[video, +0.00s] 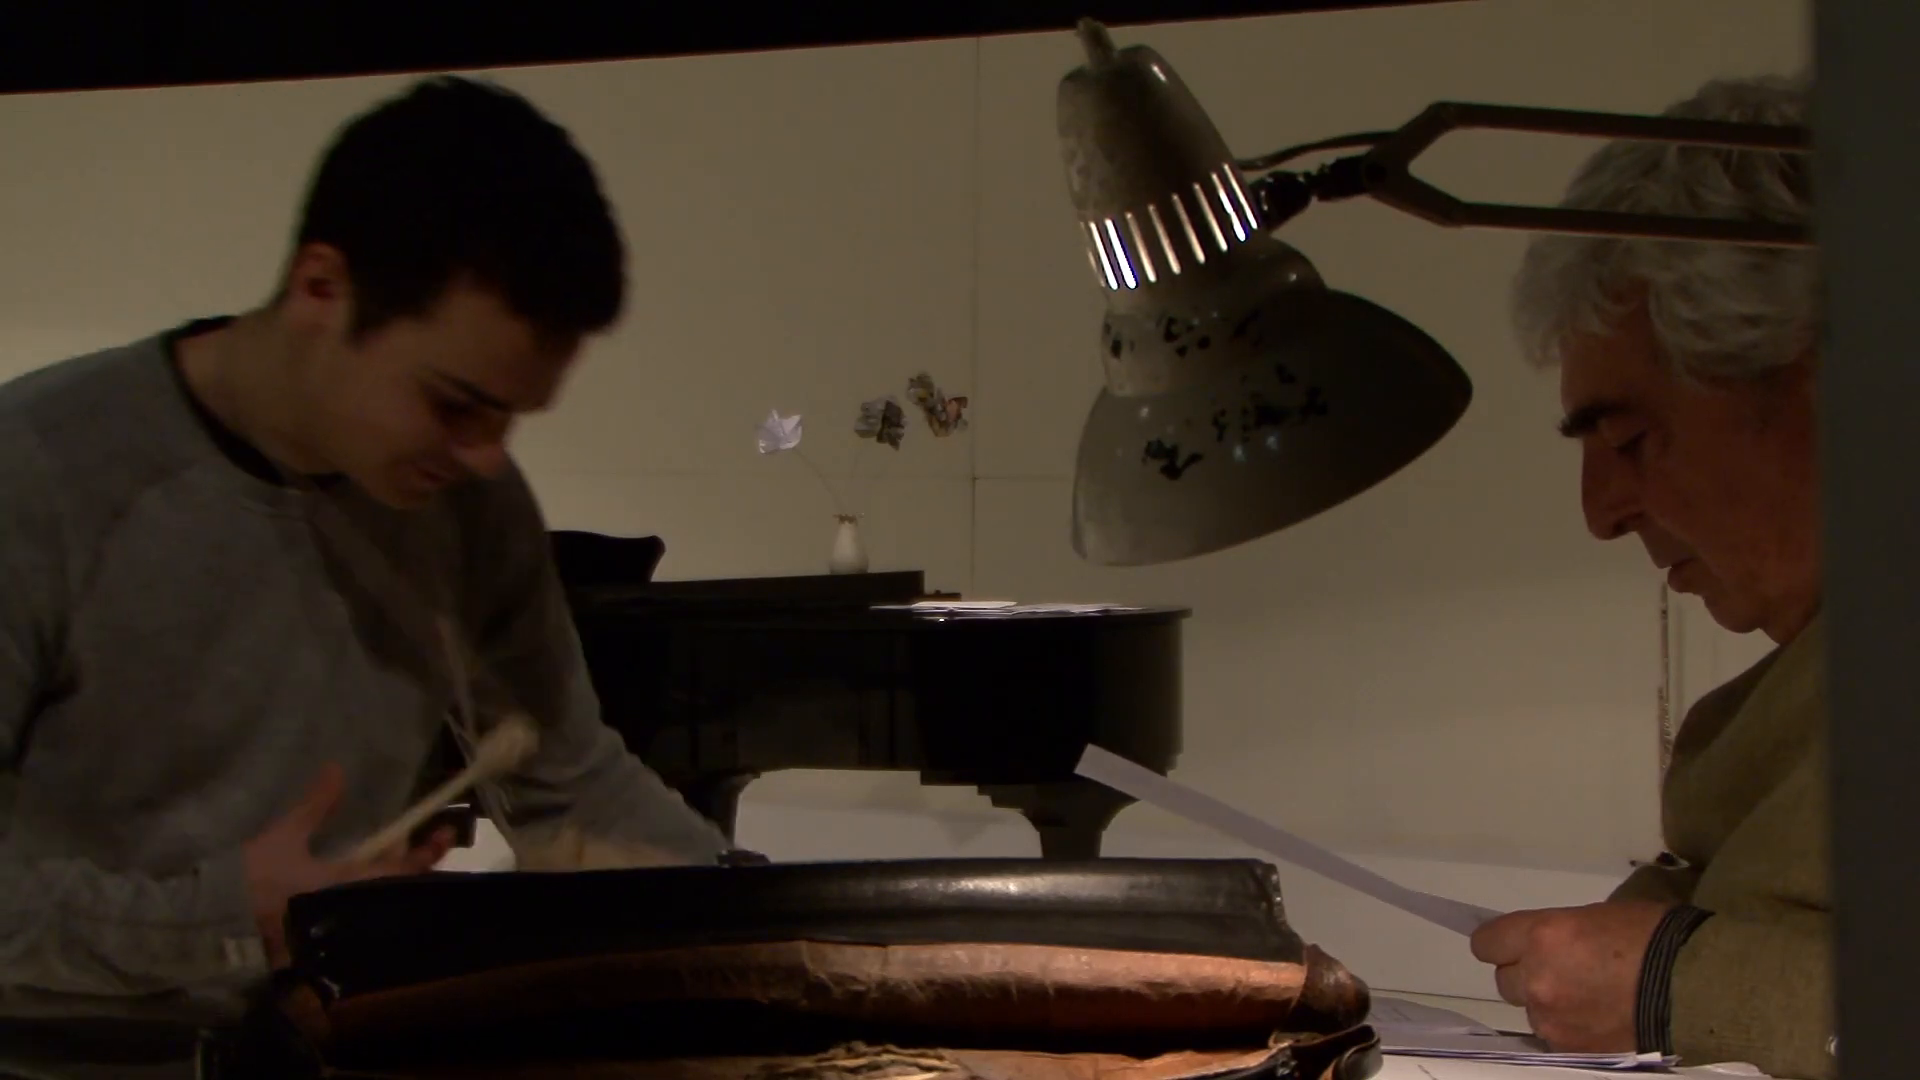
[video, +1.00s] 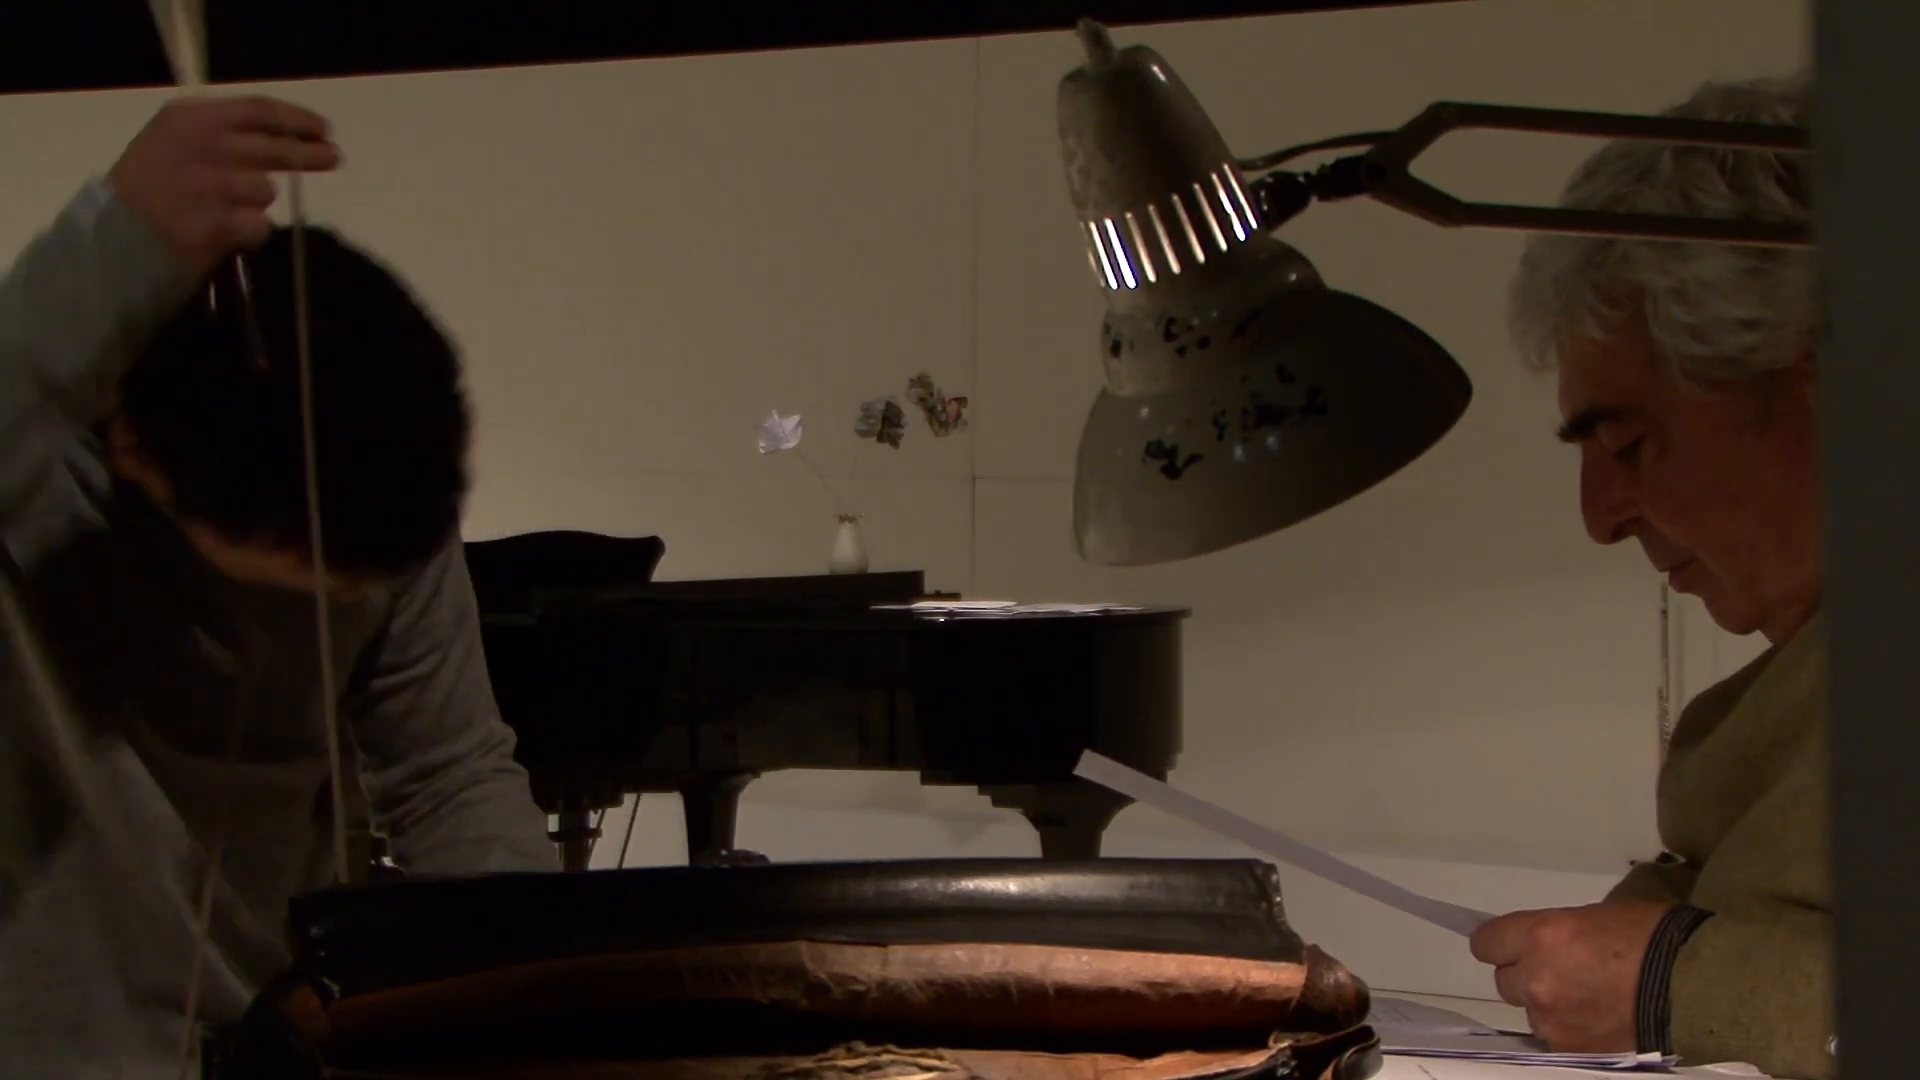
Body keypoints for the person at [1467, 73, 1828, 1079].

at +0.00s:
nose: (1604, 513)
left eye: (1630, 435)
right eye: (1593, 449)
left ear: (1810, 378)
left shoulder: (1876, 659)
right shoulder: (1792, 680)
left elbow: (1894, 1009)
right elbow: (1745, 873)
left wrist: (1675, 986)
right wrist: (1653, 933)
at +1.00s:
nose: (1602, 517)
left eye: (1625, 438)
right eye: (1590, 449)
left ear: (1809, 381)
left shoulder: (1872, 657)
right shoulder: (1798, 666)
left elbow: (1889, 1009)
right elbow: (1726, 866)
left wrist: (1673, 983)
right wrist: (1644, 935)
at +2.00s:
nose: (1600, 519)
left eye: (1624, 441)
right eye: (1589, 454)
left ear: (1808, 379)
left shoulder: (1874, 656)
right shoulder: (1799, 667)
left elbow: (1892, 1005)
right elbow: (1733, 873)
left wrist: (1674, 986)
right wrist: (1643, 945)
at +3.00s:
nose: (1602, 520)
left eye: (1628, 442)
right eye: (1592, 455)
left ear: (1806, 381)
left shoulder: (1874, 652)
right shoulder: (1797, 664)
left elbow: (1894, 1006)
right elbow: (1729, 873)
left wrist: (1674, 984)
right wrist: (1641, 949)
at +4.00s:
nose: (1596, 528)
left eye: (1622, 451)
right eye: (1585, 466)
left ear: (1801, 388)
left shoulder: (1876, 660)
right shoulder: (1790, 675)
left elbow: (1894, 1007)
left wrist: (1674, 985)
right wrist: (1648, 935)